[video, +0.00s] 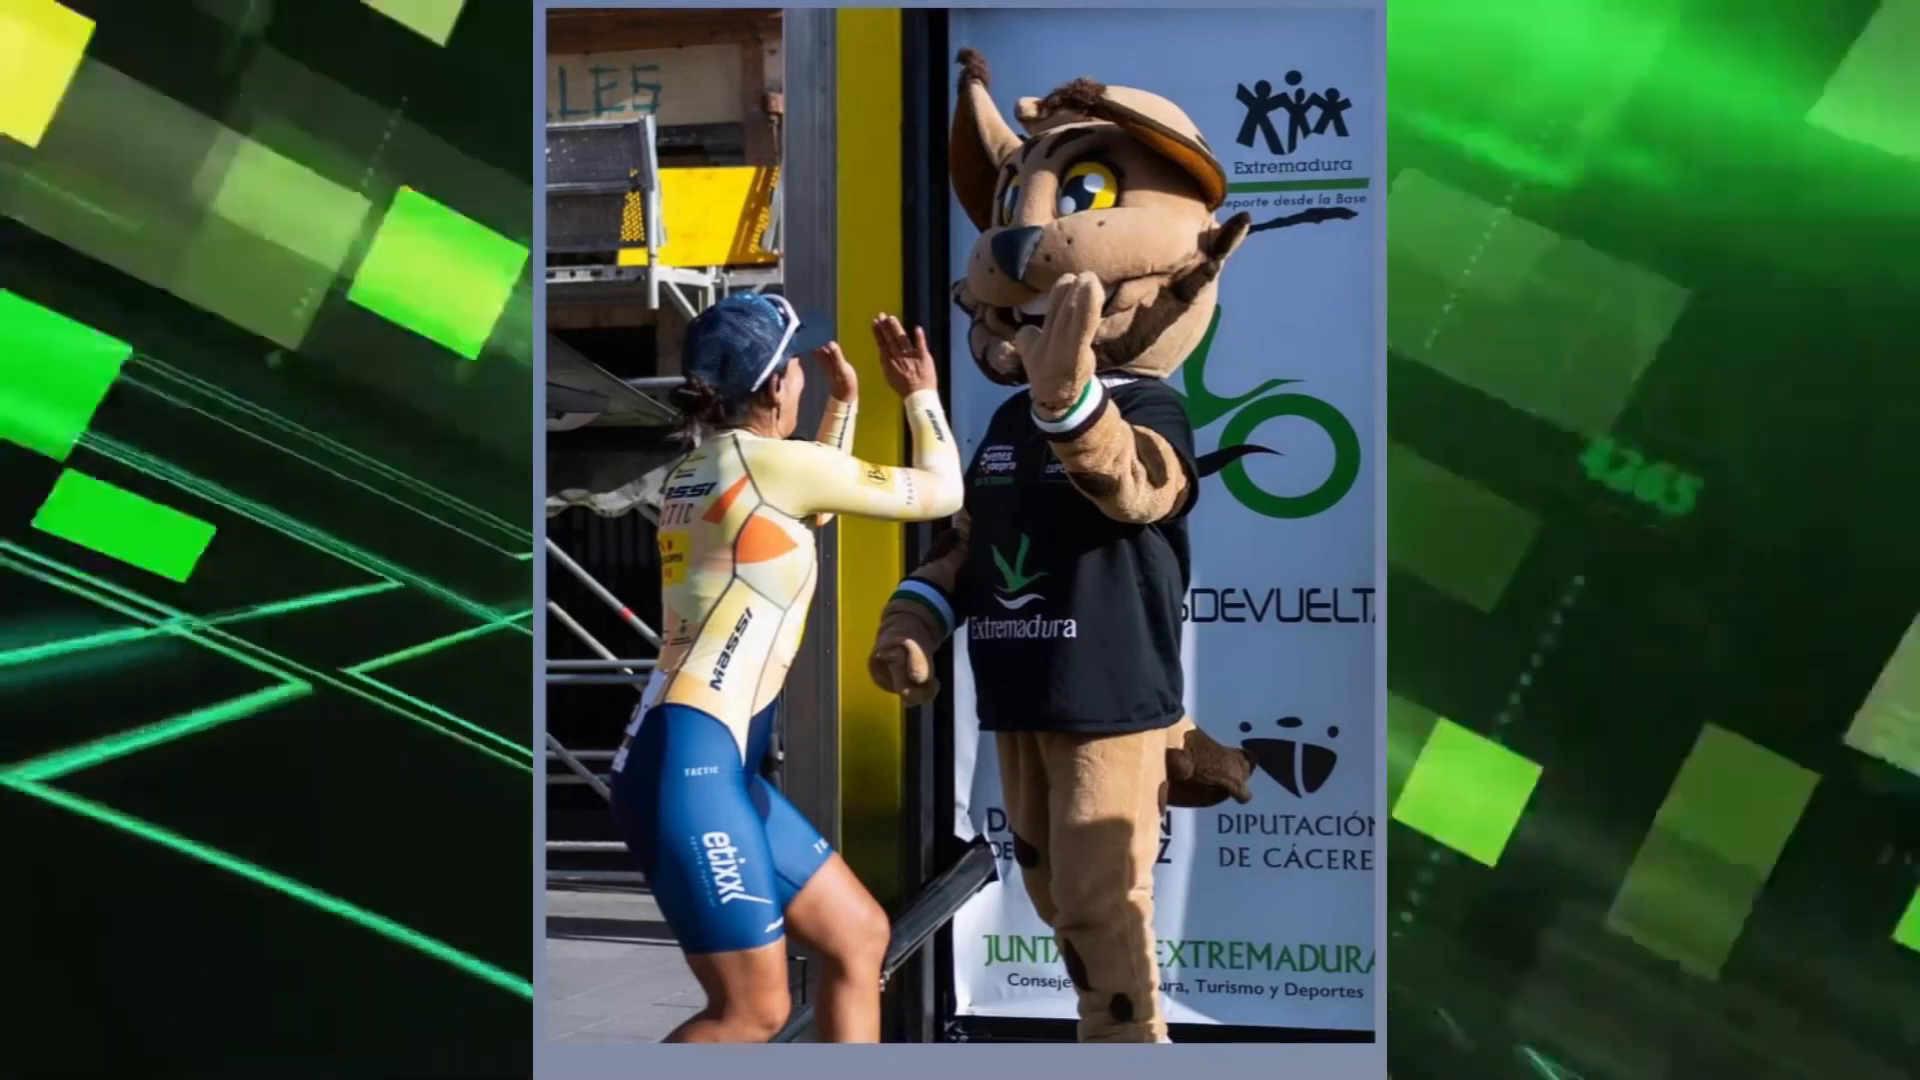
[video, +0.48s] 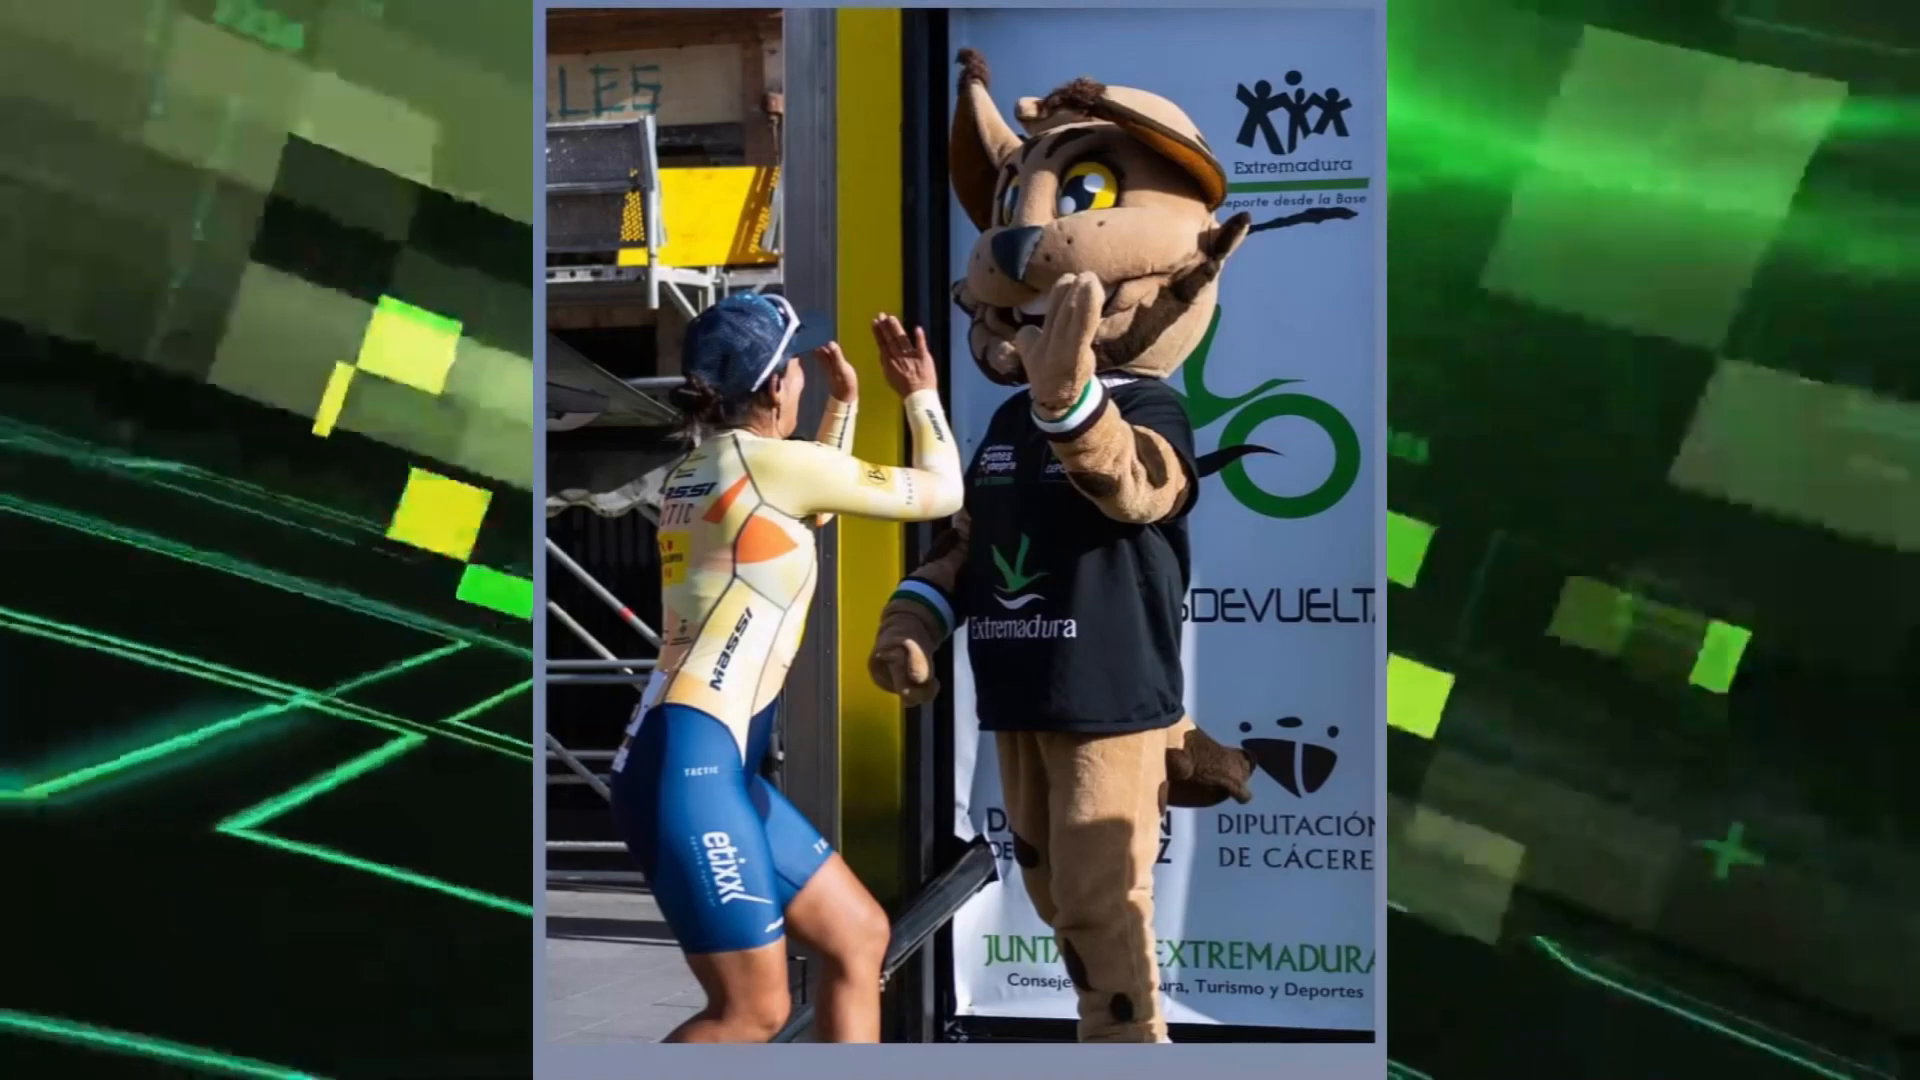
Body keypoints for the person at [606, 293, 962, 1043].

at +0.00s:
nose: (804, 376)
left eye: (800, 362)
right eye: (797, 363)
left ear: (714, 388)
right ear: (777, 380)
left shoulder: (693, 471)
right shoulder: (779, 465)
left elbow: (798, 495)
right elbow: (938, 492)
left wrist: (840, 413)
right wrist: (924, 396)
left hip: (714, 769)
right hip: (686, 774)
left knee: (860, 934)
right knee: (754, 1009)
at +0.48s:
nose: (803, 377)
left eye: (800, 363)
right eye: (797, 364)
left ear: (714, 387)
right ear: (777, 380)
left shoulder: (695, 471)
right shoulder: (779, 465)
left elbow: (801, 497)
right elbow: (938, 492)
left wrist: (840, 411)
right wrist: (924, 396)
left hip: (715, 769)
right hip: (686, 774)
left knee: (860, 933)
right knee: (754, 1009)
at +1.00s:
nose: (803, 377)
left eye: (800, 363)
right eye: (797, 364)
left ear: (714, 387)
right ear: (777, 380)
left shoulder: (695, 471)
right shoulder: (779, 465)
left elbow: (801, 497)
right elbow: (938, 492)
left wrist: (841, 411)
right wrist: (924, 396)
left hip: (715, 769)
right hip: (686, 774)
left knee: (860, 933)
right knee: (754, 1009)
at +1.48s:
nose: (803, 377)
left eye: (800, 363)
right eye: (797, 364)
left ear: (714, 387)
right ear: (777, 380)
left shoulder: (695, 471)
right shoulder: (779, 465)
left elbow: (801, 496)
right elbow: (939, 492)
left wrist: (841, 411)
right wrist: (924, 396)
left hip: (715, 769)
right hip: (686, 774)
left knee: (860, 933)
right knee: (754, 1009)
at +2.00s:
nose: (803, 377)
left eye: (800, 363)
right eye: (797, 364)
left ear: (713, 387)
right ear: (778, 380)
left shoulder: (695, 471)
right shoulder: (779, 465)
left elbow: (801, 496)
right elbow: (938, 492)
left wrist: (840, 411)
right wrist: (924, 396)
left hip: (714, 769)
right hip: (686, 774)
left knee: (860, 933)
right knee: (754, 1009)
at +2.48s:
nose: (803, 377)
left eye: (800, 363)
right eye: (797, 364)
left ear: (714, 387)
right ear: (777, 380)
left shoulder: (695, 471)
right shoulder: (779, 465)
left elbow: (801, 497)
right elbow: (939, 492)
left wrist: (841, 411)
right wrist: (924, 396)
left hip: (714, 769)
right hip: (686, 774)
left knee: (860, 933)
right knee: (754, 1009)